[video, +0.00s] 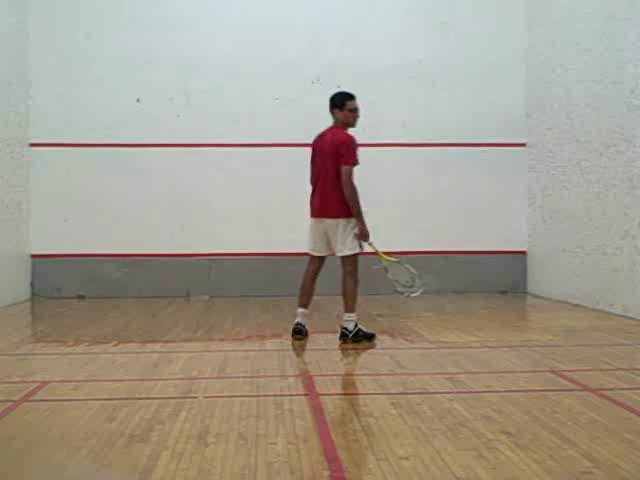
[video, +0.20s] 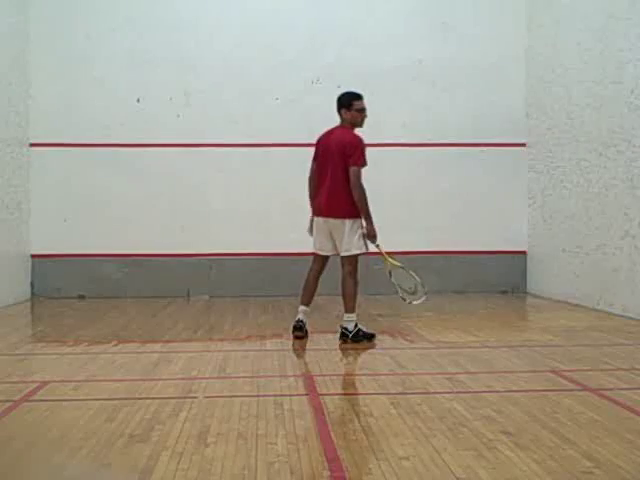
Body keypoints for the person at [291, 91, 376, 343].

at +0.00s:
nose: (356, 115)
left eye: (356, 110)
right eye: (352, 110)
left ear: (337, 113)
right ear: (337, 112)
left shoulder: (319, 140)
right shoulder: (346, 140)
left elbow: (314, 180)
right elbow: (347, 182)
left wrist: (322, 206)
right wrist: (360, 221)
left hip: (318, 212)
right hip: (342, 212)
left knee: (313, 265)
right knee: (350, 268)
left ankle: (300, 320)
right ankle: (349, 324)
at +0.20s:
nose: (364, 115)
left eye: (364, 110)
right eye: (360, 110)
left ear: (344, 113)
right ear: (346, 112)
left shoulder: (323, 139)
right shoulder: (354, 141)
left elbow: (313, 176)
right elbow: (355, 183)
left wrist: (314, 210)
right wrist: (368, 220)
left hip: (322, 211)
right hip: (346, 213)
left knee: (317, 264)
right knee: (350, 268)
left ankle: (300, 318)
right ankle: (349, 324)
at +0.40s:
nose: (370, 116)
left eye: (370, 111)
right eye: (366, 111)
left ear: (348, 114)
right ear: (352, 113)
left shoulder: (326, 138)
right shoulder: (360, 143)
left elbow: (310, 174)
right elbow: (362, 186)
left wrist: (310, 209)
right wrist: (373, 224)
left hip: (321, 211)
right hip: (347, 214)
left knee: (314, 265)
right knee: (349, 269)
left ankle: (300, 318)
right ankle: (349, 324)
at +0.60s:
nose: (366, 119)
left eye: (365, 114)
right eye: (365, 115)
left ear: (344, 116)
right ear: (357, 116)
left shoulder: (324, 140)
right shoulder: (360, 146)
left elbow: (312, 178)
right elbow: (361, 188)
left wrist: (318, 206)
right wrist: (373, 225)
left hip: (320, 212)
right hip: (346, 215)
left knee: (312, 267)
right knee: (358, 267)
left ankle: (300, 321)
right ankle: (350, 324)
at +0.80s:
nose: (368, 121)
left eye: (365, 117)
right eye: (368, 117)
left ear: (346, 118)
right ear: (366, 119)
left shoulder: (332, 142)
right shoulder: (365, 148)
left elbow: (325, 178)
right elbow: (367, 188)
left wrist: (341, 199)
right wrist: (383, 224)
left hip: (324, 213)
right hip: (350, 216)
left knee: (314, 267)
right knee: (372, 265)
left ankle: (300, 321)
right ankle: (355, 320)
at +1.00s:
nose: (391, 131)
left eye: (389, 127)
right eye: (391, 127)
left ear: (371, 126)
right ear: (389, 129)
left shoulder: (355, 146)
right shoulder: (382, 157)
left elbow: (334, 162)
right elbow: (385, 197)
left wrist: (335, 176)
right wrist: (409, 226)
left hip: (343, 218)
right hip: (364, 222)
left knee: (351, 265)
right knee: (378, 272)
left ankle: (328, 303)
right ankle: (354, 324)